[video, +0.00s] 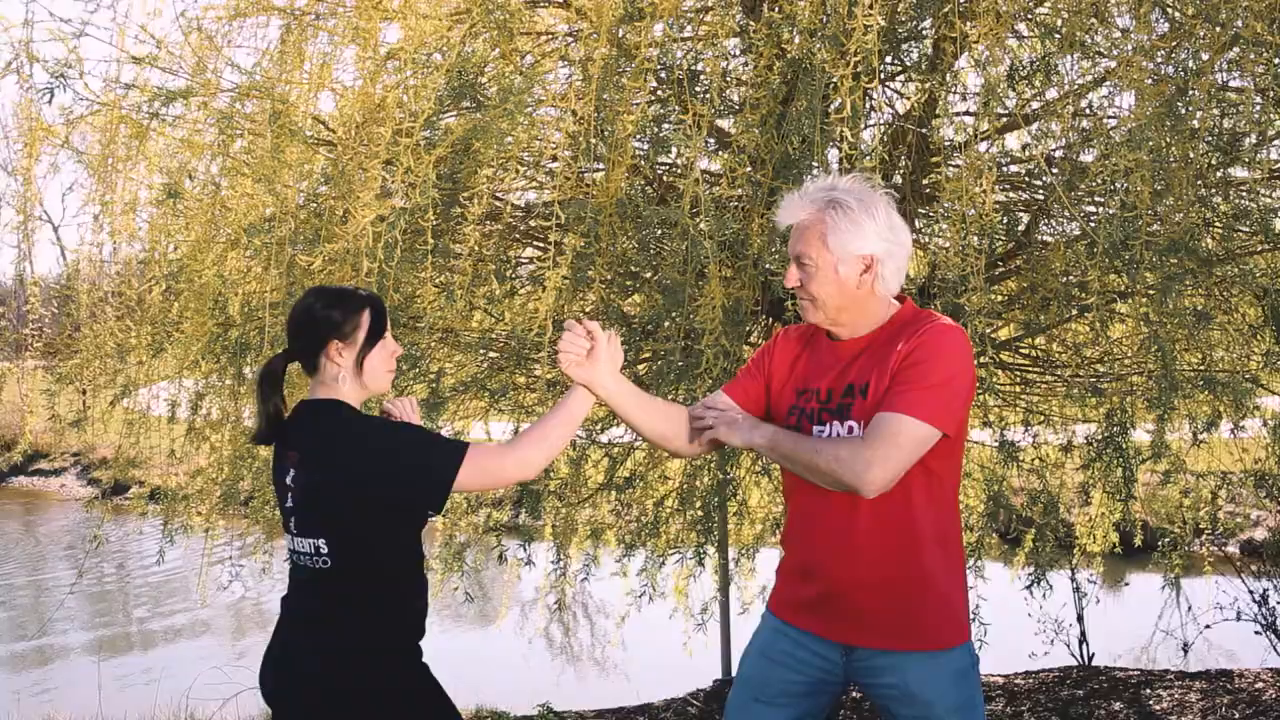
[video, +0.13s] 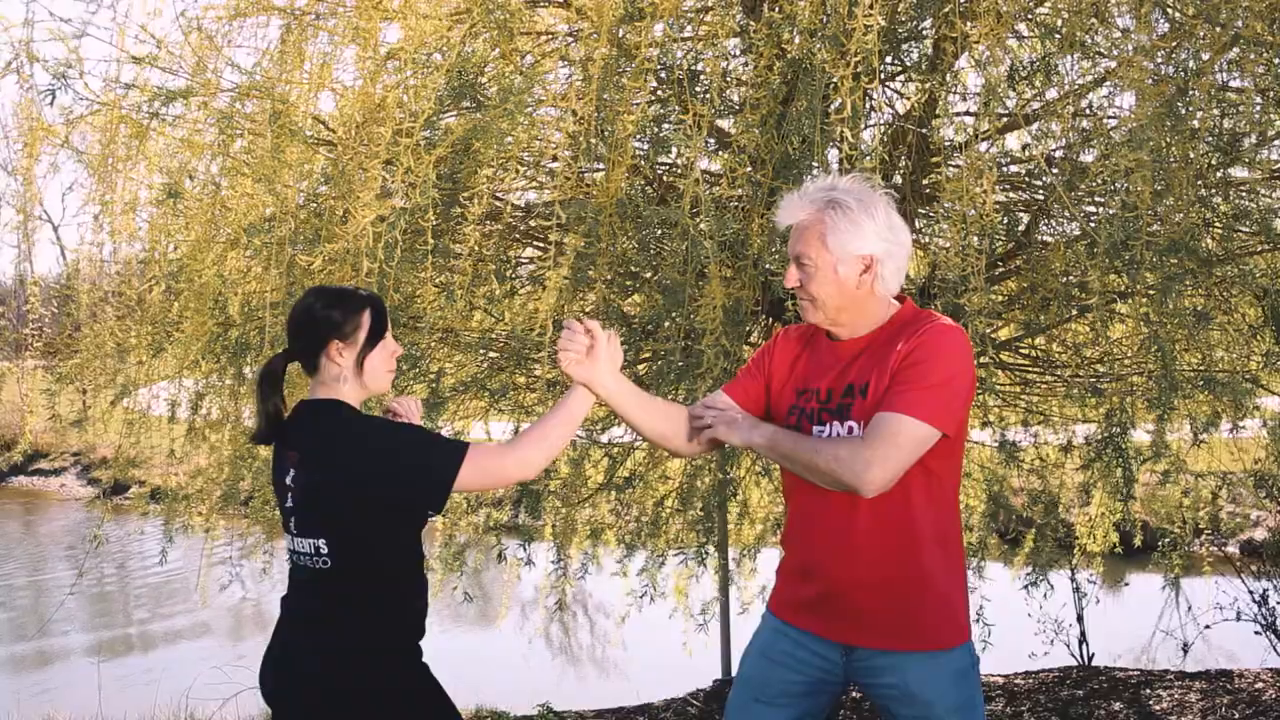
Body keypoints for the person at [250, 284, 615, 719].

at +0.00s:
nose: (397, 348)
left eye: (392, 336)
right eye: (384, 338)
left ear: (333, 355)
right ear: (339, 354)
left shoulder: (295, 433)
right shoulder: (379, 444)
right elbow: (521, 461)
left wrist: (397, 437)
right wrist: (592, 380)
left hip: (294, 669)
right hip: (375, 681)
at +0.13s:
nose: (397, 348)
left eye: (392, 336)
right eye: (384, 338)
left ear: (334, 355)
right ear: (340, 353)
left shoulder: (294, 433)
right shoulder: (381, 445)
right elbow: (521, 462)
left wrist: (392, 433)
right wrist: (593, 379)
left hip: (294, 670)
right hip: (376, 680)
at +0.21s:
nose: (397, 348)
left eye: (392, 336)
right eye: (384, 338)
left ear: (334, 355)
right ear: (339, 353)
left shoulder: (295, 433)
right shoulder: (379, 445)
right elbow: (520, 461)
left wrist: (398, 437)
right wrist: (592, 379)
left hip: (294, 669)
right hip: (376, 679)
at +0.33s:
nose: (398, 348)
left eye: (391, 335)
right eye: (384, 338)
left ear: (335, 355)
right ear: (339, 354)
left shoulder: (295, 435)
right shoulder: (375, 444)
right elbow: (521, 460)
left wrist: (403, 439)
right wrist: (593, 376)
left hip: (294, 669)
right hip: (374, 679)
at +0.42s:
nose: (397, 348)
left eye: (391, 335)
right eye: (383, 338)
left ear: (334, 355)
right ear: (339, 353)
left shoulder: (295, 433)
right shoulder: (380, 445)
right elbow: (522, 460)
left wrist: (402, 437)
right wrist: (592, 376)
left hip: (293, 669)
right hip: (375, 680)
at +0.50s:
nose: (397, 349)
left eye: (391, 335)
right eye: (383, 337)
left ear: (336, 356)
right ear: (340, 354)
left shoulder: (296, 434)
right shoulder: (376, 444)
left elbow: (363, 516)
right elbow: (521, 460)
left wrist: (406, 440)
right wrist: (593, 376)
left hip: (293, 671)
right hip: (374, 680)